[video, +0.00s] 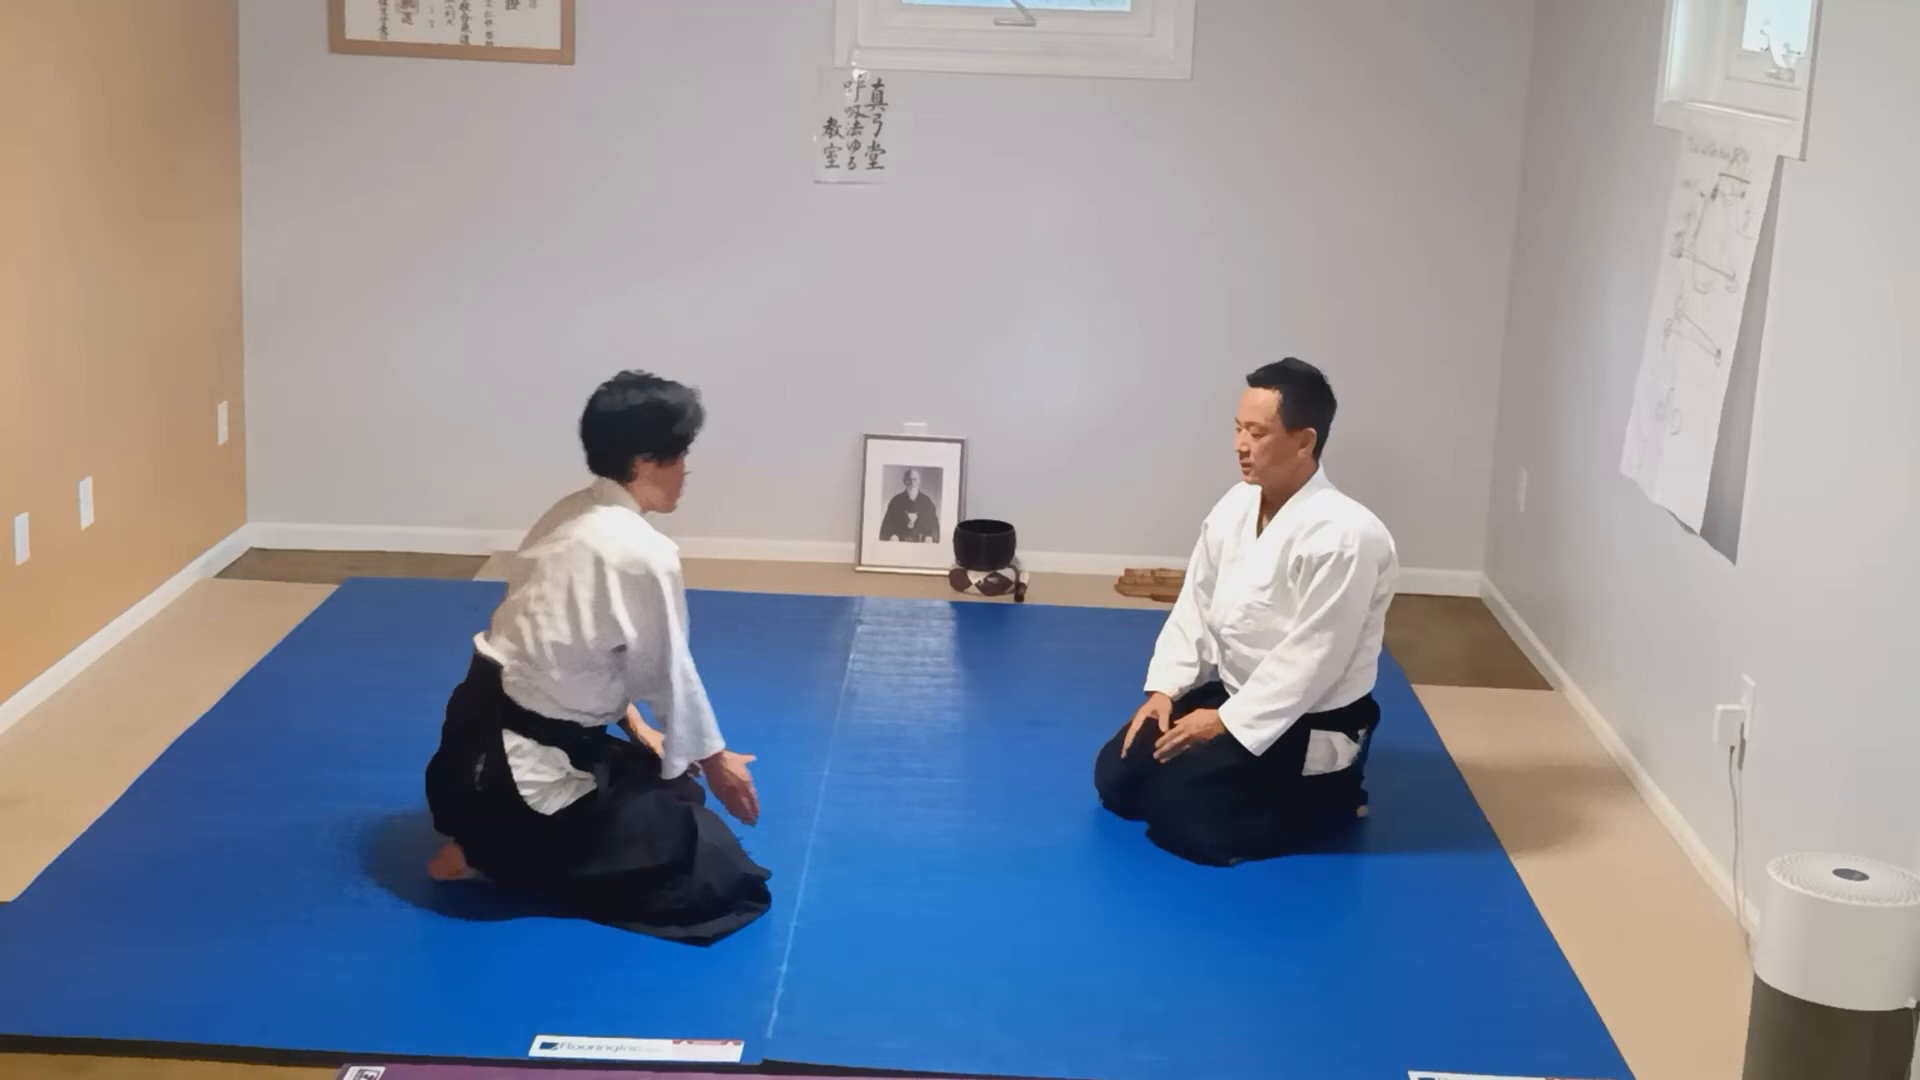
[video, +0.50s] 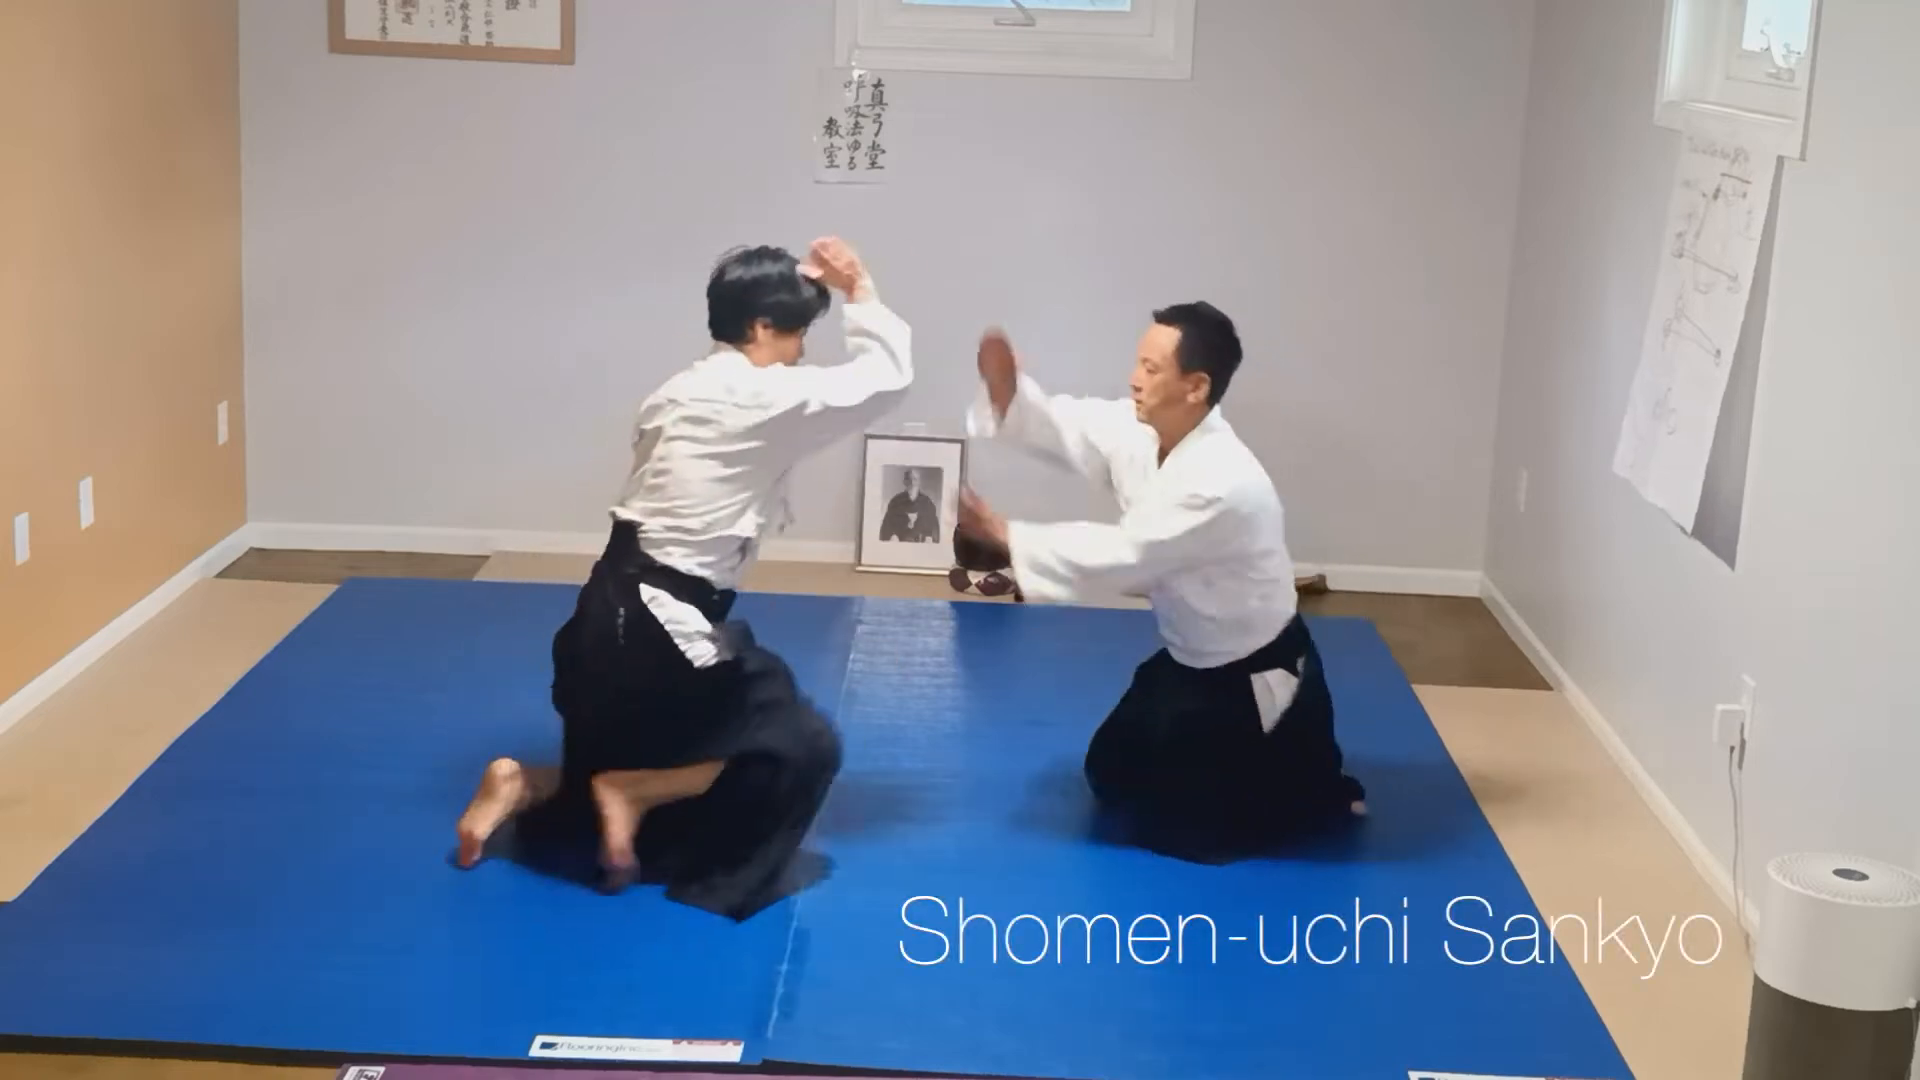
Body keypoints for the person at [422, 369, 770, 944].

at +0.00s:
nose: (687, 469)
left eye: (686, 454)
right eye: (680, 455)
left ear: (618, 463)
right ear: (644, 465)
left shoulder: (567, 513)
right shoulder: (643, 554)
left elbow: (583, 636)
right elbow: (672, 678)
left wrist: (637, 729)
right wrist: (715, 761)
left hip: (467, 754)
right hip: (520, 794)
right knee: (715, 869)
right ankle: (492, 859)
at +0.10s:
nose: (726, 451)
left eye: (724, 436)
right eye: (720, 438)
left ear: (662, 445)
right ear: (683, 445)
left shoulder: (607, 497)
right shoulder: (680, 529)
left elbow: (613, 622)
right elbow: (717, 649)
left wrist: (648, 722)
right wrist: (766, 737)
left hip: (484, 730)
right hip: (538, 758)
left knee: (666, 792)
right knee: (706, 862)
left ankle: (502, 832)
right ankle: (502, 865)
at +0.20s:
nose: (750, 417)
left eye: (750, 402)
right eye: (744, 401)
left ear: (677, 403)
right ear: (710, 407)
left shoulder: (624, 462)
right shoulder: (710, 485)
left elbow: (600, 588)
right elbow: (777, 587)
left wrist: (651, 689)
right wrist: (854, 655)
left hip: (506, 696)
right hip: (569, 710)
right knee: (697, 846)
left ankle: (499, 829)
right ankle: (526, 860)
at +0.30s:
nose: (762, 383)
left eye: (764, 367)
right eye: (758, 368)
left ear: (686, 363)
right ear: (724, 365)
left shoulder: (633, 425)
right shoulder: (731, 438)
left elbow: (601, 512)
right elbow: (838, 503)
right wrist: (934, 487)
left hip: (553, 636)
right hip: (618, 656)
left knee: (580, 771)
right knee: (692, 827)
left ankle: (487, 830)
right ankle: (528, 857)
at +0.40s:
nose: (781, 357)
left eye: (782, 341)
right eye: (777, 340)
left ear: (708, 333)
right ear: (743, 339)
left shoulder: (648, 407)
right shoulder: (751, 411)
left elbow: (624, 491)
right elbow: (876, 417)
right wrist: (892, 328)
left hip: (577, 623)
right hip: (649, 640)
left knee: (595, 781)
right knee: (728, 805)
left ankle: (505, 813)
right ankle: (569, 828)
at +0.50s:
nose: (801, 351)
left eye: (804, 334)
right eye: (798, 333)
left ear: (734, 328)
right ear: (759, 331)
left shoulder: (671, 395)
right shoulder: (767, 397)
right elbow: (886, 373)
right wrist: (860, 290)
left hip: (597, 621)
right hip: (665, 626)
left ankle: (523, 791)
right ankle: (638, 790)